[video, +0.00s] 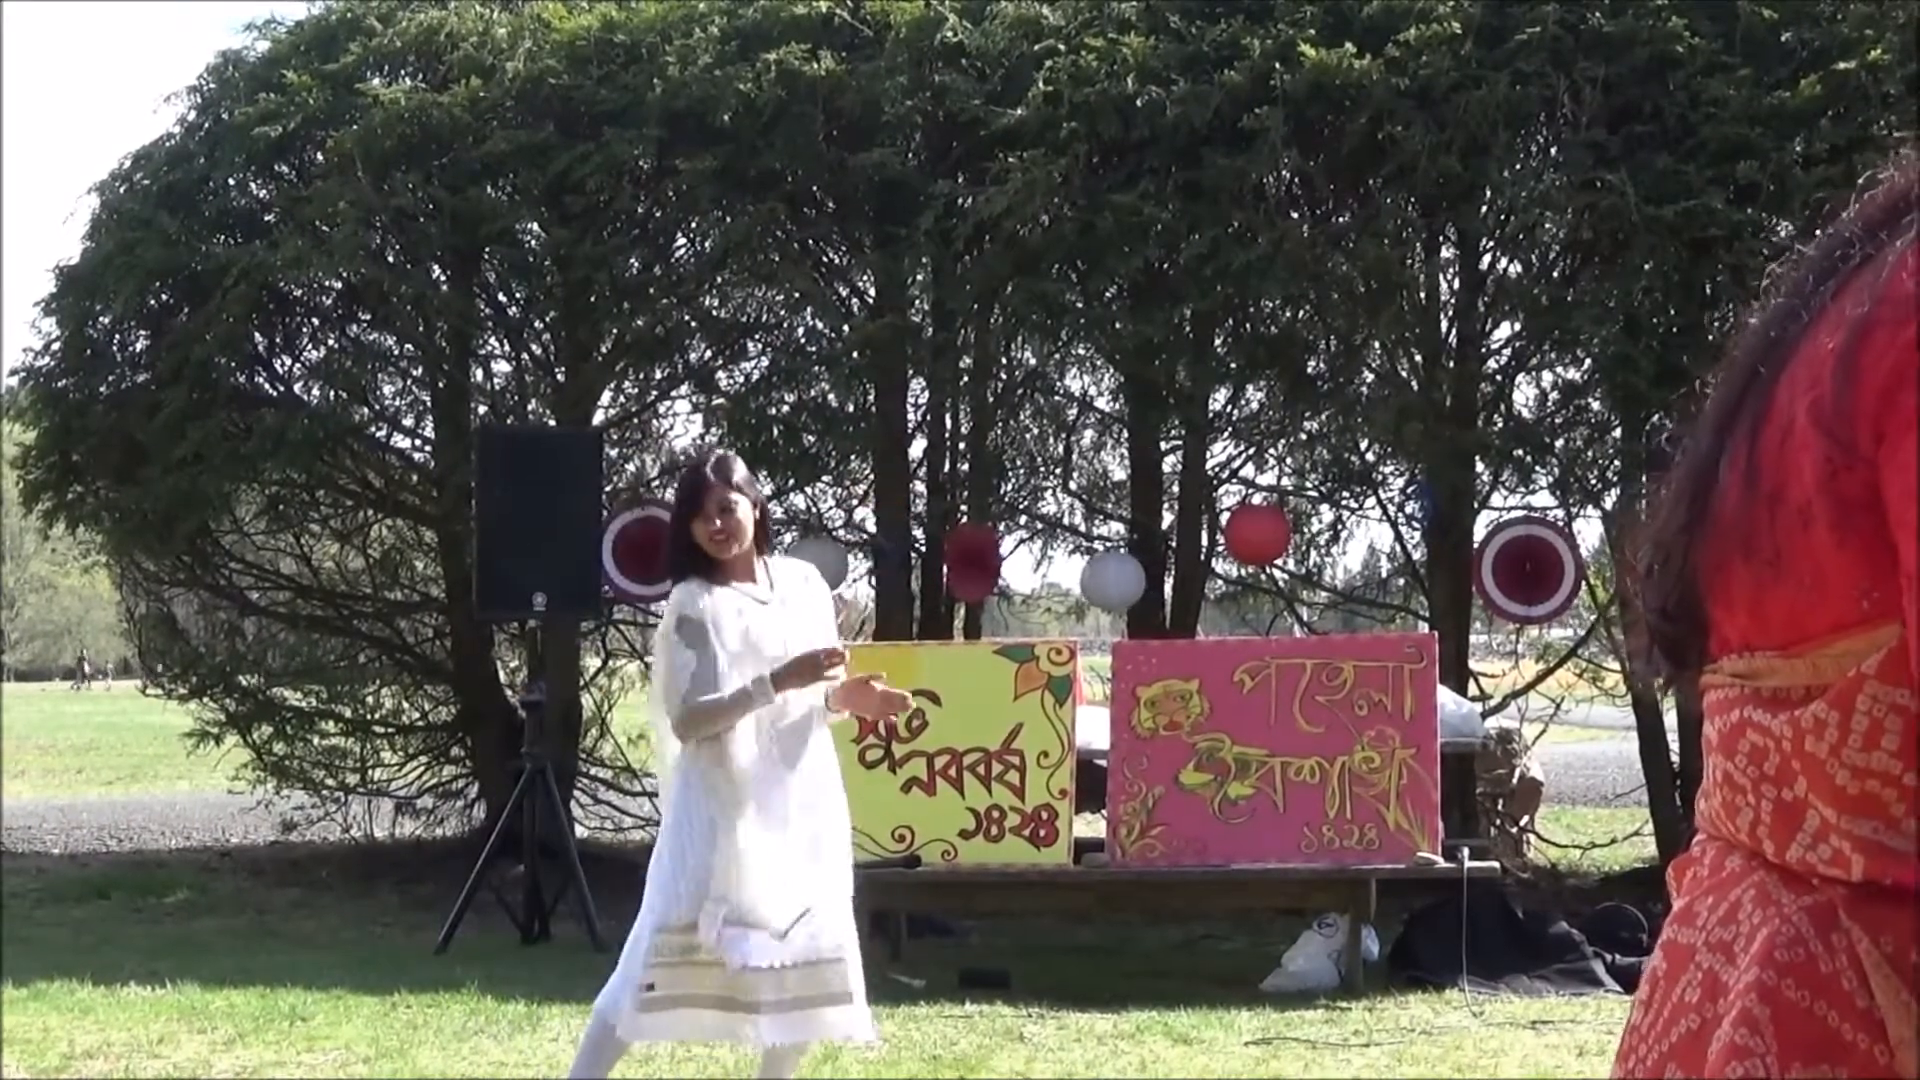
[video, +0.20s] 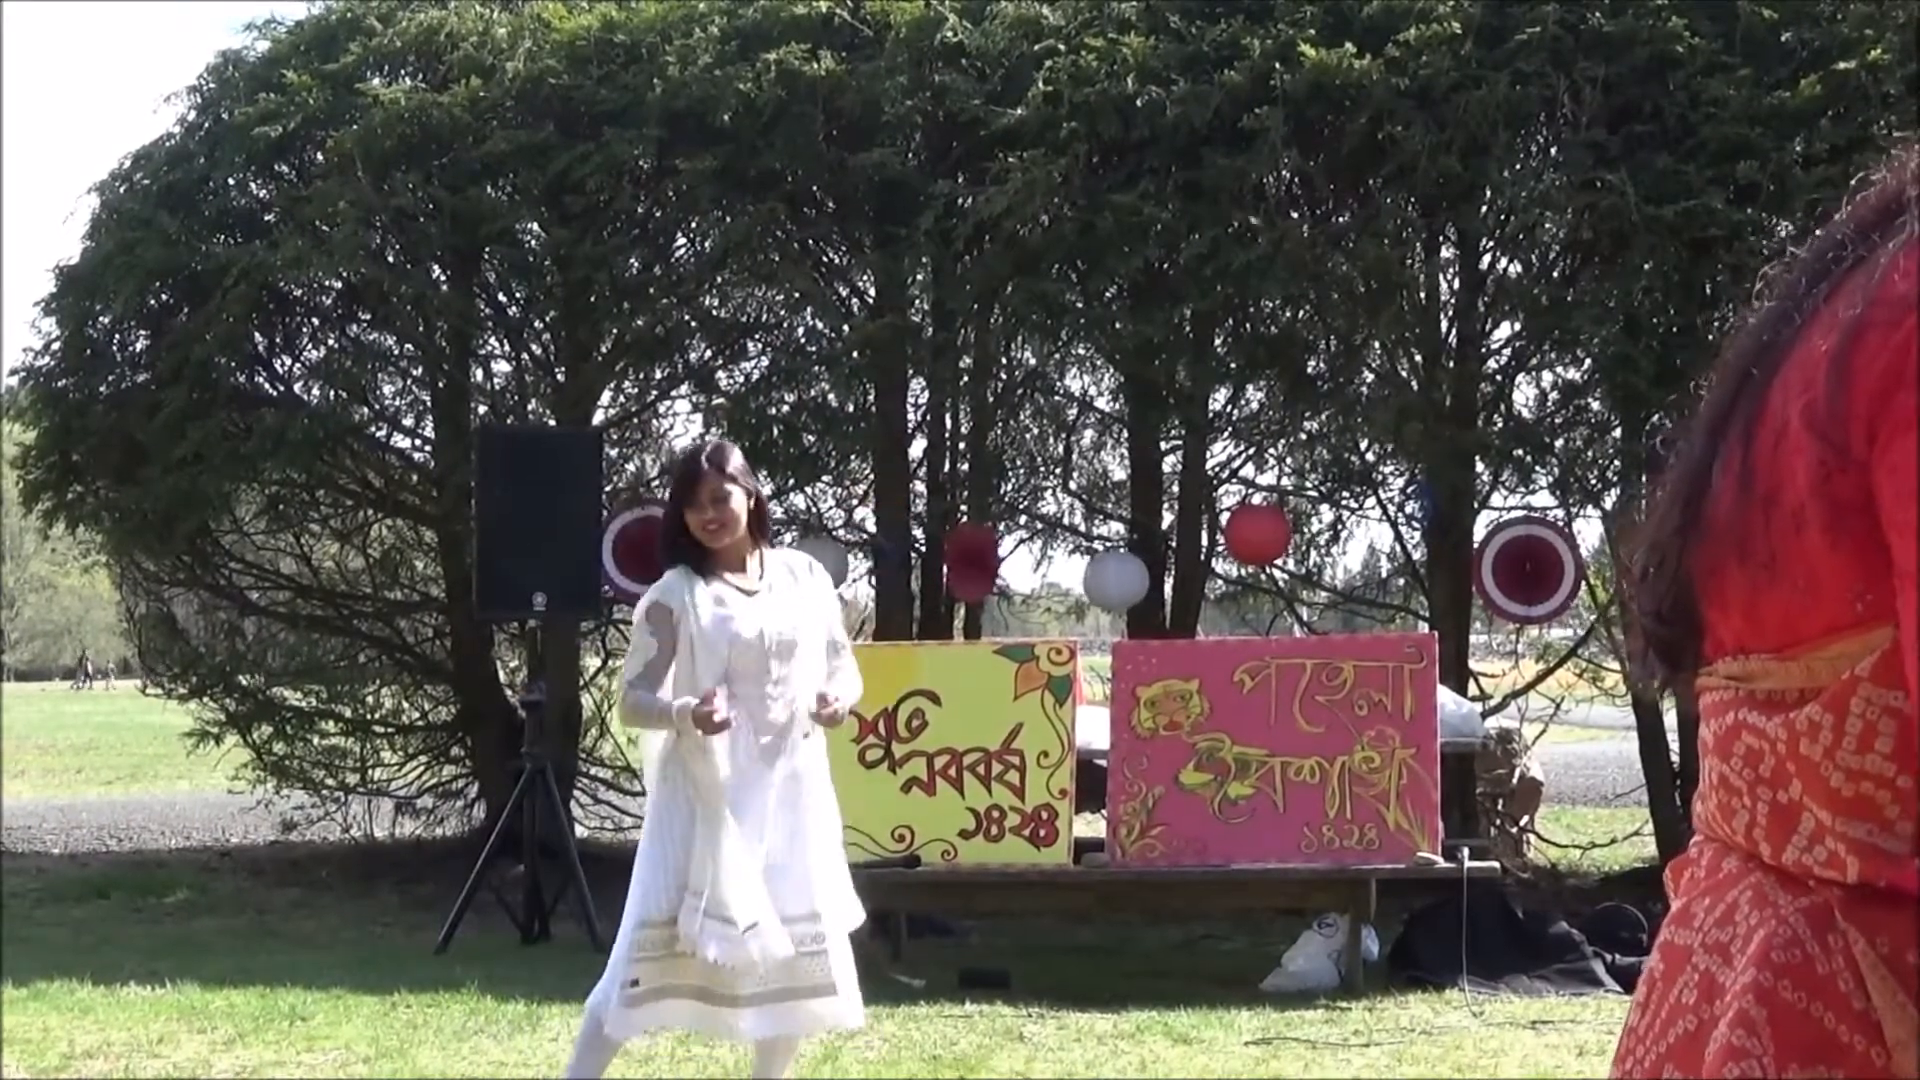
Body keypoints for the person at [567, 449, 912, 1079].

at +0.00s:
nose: (719, 522)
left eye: (730, 505)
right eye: (703, 513)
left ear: (757, 507)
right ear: (689, 526)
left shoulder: (803, 580)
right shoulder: (691, 604)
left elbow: (808, 704)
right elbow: (687, 722)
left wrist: (845, 697)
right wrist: (779, 681)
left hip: (802, 817)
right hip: (715, 820)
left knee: (810, 983)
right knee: (647, 972)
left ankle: (774, 1073)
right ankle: (582, 1074)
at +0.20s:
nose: (710, 515)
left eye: (722, 499)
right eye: (695, 505)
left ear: (751, 498)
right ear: (681, 515)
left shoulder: (806, 576)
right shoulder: (673, 594)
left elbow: (842, 660)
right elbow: (632, 702)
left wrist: (838, 695)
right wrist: (684, 712)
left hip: (791, 806)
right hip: (698, 809)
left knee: (794, 974)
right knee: (643, 962)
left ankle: (769, 1075)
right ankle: (579, 1073)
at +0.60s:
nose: (675, 493)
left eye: (687, 479)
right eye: (660, 481)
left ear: (709, 486)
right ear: (639, 492)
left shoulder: (754, 567)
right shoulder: (605, 579)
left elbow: (833, 640)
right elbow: (536, 668)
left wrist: (830, 711)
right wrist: (580, 688)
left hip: (733, 796)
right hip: (629, 799)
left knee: (747, 962)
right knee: (597, 965)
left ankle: (754, 1075)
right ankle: (564, 1073)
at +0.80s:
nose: (640, 503)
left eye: (651, 488)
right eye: (625, 490)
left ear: (667, 495)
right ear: (599, 498)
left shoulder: (702, 579)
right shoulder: (552, 588)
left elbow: (725, 684)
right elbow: (525, 701)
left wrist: (771, 745)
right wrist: (554, 691)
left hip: (686, 808)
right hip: (579, 811)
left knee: (716, 974)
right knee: (565, 978)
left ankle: (746, 1075)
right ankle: (555, 1076)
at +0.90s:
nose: (618, 510)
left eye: (629, 496)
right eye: (603, 497)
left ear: (645, 502)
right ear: (576, 503)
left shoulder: (675, 583)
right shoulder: (533, 590)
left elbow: (695, 705)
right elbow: (504, 705)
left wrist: (744, 741)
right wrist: (554, 681)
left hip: (664, 813)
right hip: (562, 815)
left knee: (697, 976)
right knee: (559, 984)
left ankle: (704, 1073)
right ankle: (553, 1075)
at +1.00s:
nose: (597, 516)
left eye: (609, 501)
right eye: (582, 503)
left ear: (626, 506)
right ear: (557, 510)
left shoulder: (655, 586)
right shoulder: (521, 595)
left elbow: (672, 708)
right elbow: (493, 709)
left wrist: (727, 736)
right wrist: (560, 669)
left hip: (642, 813)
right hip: (550, 815)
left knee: (653, 961)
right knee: (551, 976)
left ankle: (611, 1069)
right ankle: (555, 1070)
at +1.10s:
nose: (582, 521)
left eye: (594, 506)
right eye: (567, 508)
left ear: (611, 512)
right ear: (544, 517)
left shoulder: (643, 591)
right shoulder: (511, 602)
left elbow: (660, 709)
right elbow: (489, 718)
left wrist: (722, 731)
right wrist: (564, 680)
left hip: (623, 827)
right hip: (534, 828)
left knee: (593, 993)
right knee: (526, 999)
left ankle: (544, 1065)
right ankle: (528, 1067)